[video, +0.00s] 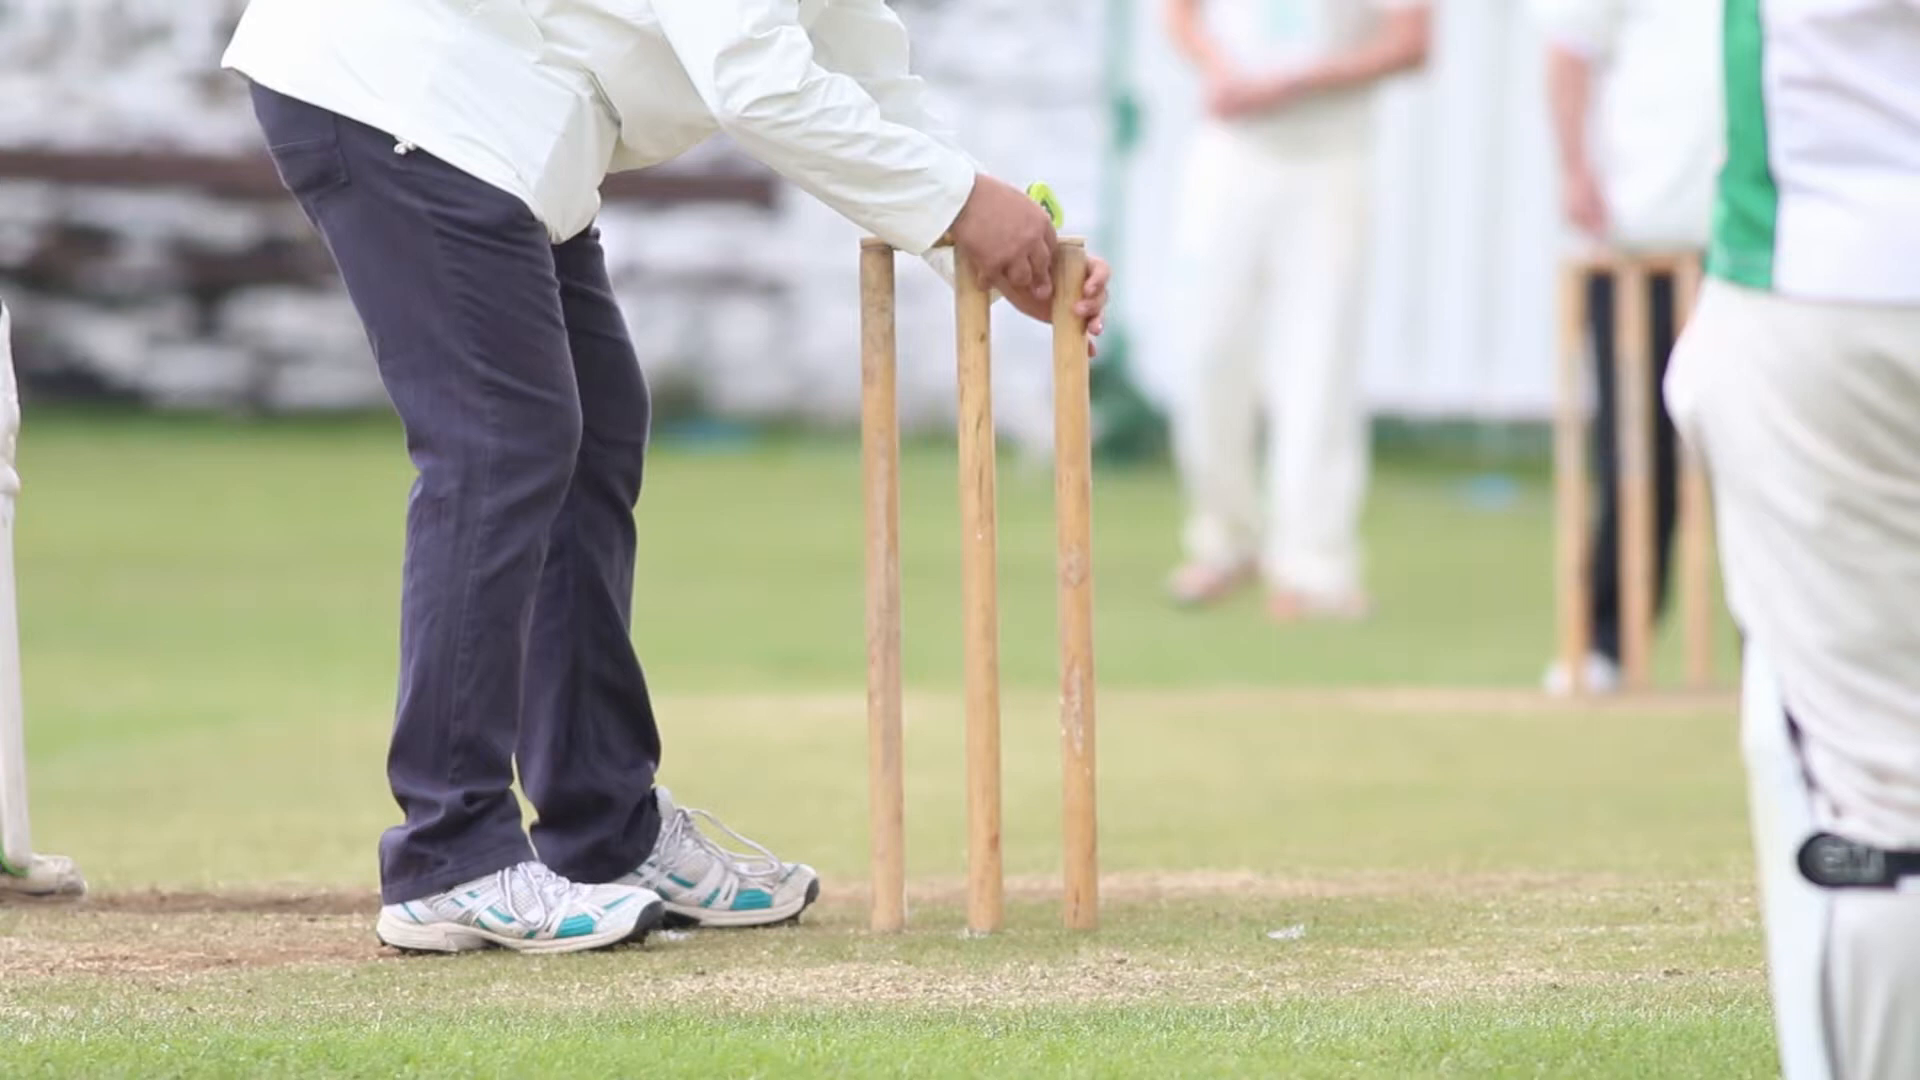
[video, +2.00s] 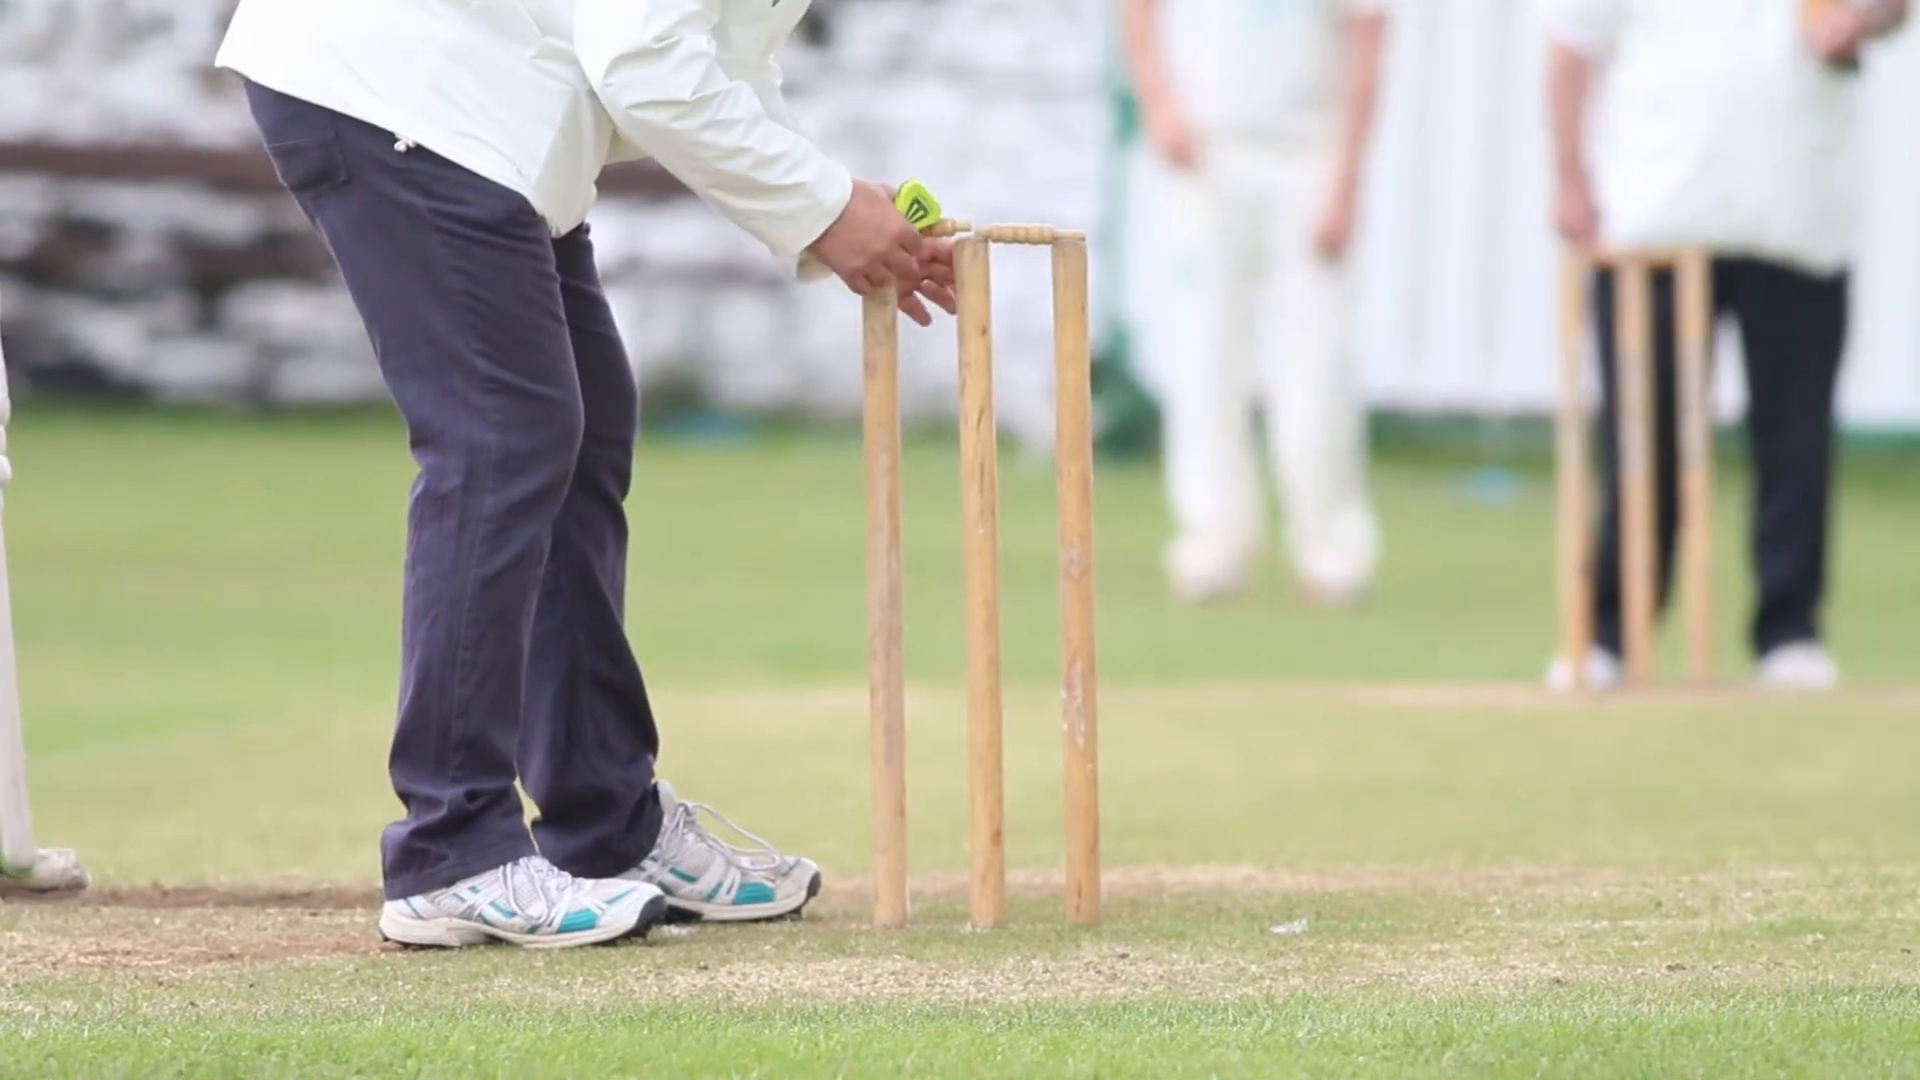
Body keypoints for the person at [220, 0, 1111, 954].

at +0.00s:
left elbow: (876, 90)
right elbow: (753, 80)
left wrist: (1008, 250)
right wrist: (962, 200)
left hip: (509, 87)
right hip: (384, 57)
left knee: (597, 429)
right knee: (508, 436)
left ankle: (604, 833)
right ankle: (446, 864)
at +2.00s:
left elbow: (721, 84)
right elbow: (642, 62)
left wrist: (853, 227)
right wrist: (822, 207)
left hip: (479, 80)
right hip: (381, 62)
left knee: (588, 414)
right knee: (508, 429)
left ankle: (606, 832)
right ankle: (450, 857)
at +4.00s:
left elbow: (807, 65)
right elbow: (644, 60)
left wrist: (949, 188)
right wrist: (825, 201)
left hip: (491, 82)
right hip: (382, 58)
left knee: (587, 419)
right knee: (506, 425)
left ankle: (607, 821)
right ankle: (451, 852)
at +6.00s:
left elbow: (750, 20)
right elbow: (612, 15)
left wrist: (904, 154)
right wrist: (802, 140)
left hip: (517, 68)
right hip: (394, 53)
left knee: (620, 401)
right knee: (552, 405)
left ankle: (608, 809)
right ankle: (463, 828)